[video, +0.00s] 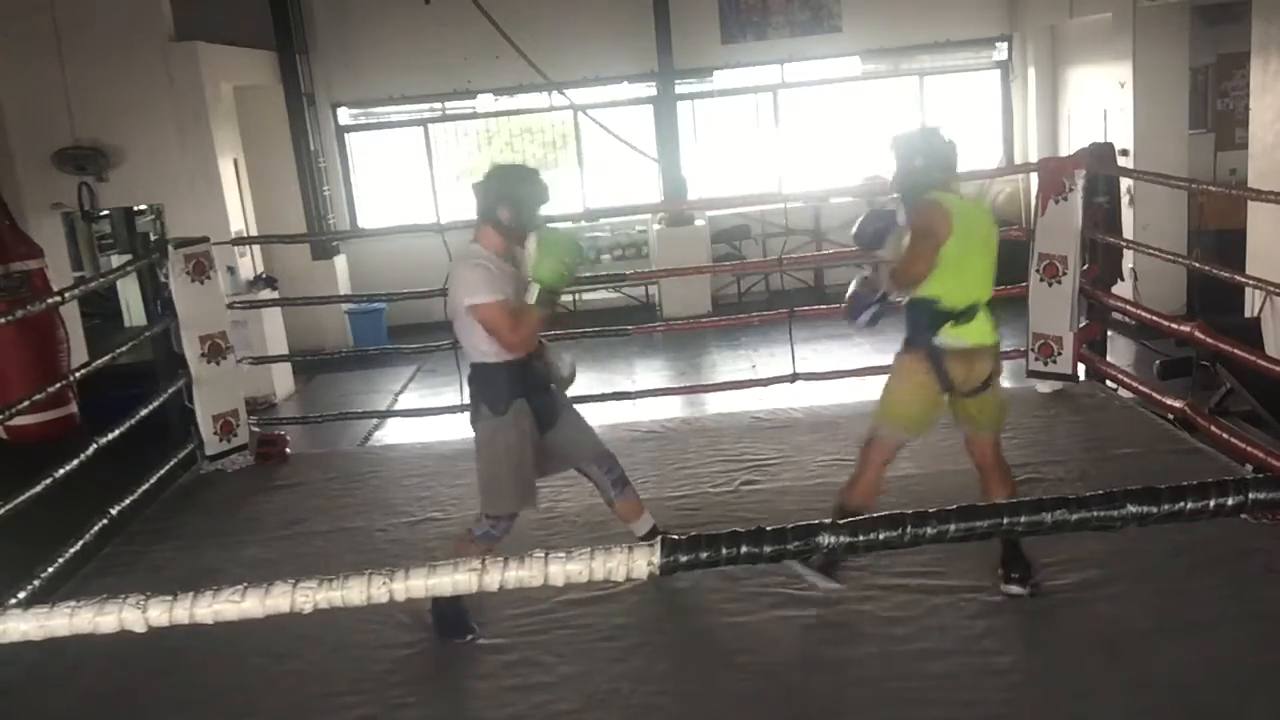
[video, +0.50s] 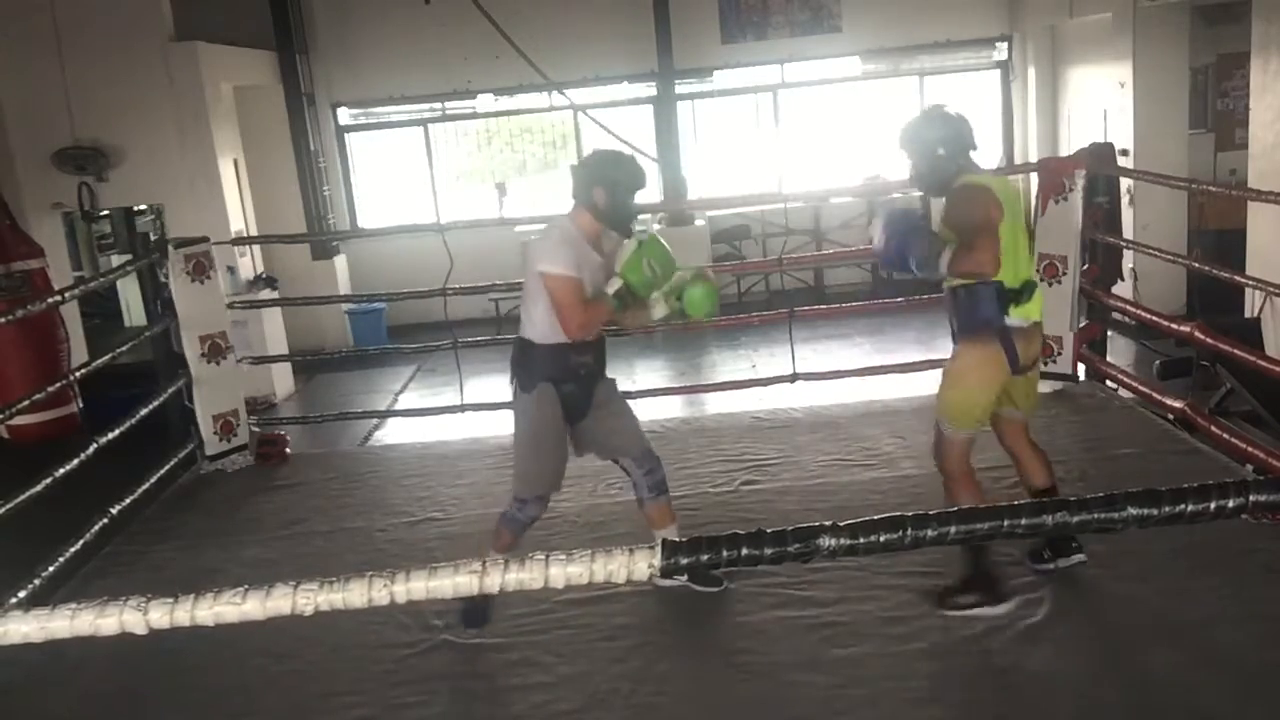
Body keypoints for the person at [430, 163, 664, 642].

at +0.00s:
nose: (535, 222)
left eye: (535, 212)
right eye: (529, 212)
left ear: (504, 212)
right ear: (502, 211)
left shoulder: (511, 260)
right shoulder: (472, 272)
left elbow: (519, 325)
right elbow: (517, 341)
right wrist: (548, 287)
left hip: (535, 386)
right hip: (499, 398)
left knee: (603, 466)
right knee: (499, 516)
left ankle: (657, 548)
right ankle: (446, 589)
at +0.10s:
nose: (550, 212)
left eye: (550, 201)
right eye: (543, 202)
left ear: (519, 203)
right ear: (513, 203)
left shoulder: (529, 253)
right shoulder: (475, 264)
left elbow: (530, 320)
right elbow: (509, 339)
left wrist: (564, 343)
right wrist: (553, 294)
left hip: (541, 382)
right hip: (498, 393)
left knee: (599, 463)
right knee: (495, 505)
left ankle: (655, 546)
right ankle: (448, 591)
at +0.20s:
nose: (573, 209)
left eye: (573, 197)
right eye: (566, 199)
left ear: (535, 202)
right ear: (538, 202)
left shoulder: (549, 254)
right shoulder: (494, 262)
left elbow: (548, 321)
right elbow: (521, 339)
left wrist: (586, 330)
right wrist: (571, 306)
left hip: (546, 385)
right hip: (503, 393)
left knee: (601, 471)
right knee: (494, 503)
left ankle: (655, 556)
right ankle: (449, 595)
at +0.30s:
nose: (610, 216)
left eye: (611, 206)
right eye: (602, 206)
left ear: (580, 207)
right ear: (574, 206)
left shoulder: (587, 259)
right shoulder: (532, 261)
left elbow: (592, 319)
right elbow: (552, 339)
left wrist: (639, 323)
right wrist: (603, 306)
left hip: (568, 388)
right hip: (523, 394)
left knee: (631, 467)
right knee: (502, 509)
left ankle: (671, 556)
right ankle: (448, 588)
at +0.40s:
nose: (630, 218)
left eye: (632, 209)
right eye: (626, 208)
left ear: (596, 207)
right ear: (597, 205)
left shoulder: (604, 256)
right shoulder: (549, 254)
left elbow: (607, 322)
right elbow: (572, 335)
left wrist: (660, 318)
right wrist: (626, 303)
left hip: (582, 381)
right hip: (536, 386)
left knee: (648, 468)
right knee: (521, 506)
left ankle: (675, 563)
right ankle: (458, 588)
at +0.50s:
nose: (634, 205)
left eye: (635, 196)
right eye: (628, 195)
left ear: (606, 196)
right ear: (598, 194)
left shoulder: (612, 246)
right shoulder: (553, 245)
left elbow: (620, 311)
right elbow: (576, 324)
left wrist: (667, 297)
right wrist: (623, 293)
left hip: (587, 374)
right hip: (540, 378)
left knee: (645, 465)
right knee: (534, 494)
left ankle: (674, 560)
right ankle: (485, 581)